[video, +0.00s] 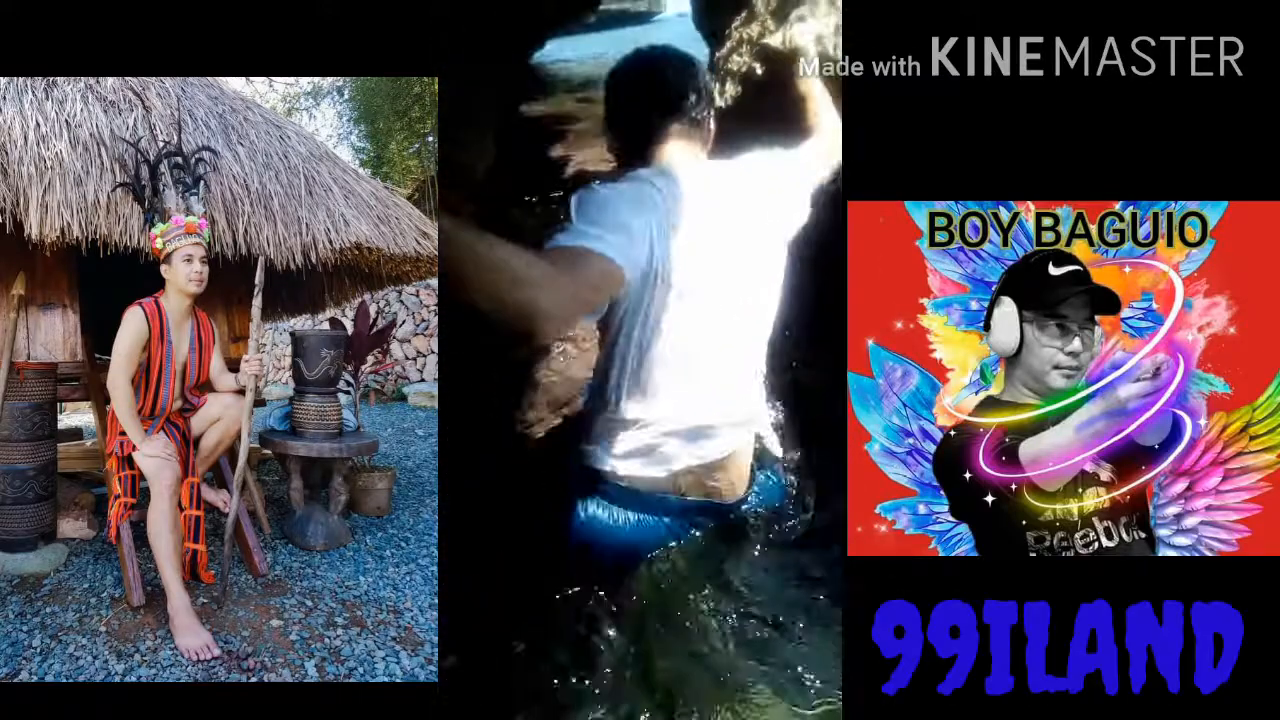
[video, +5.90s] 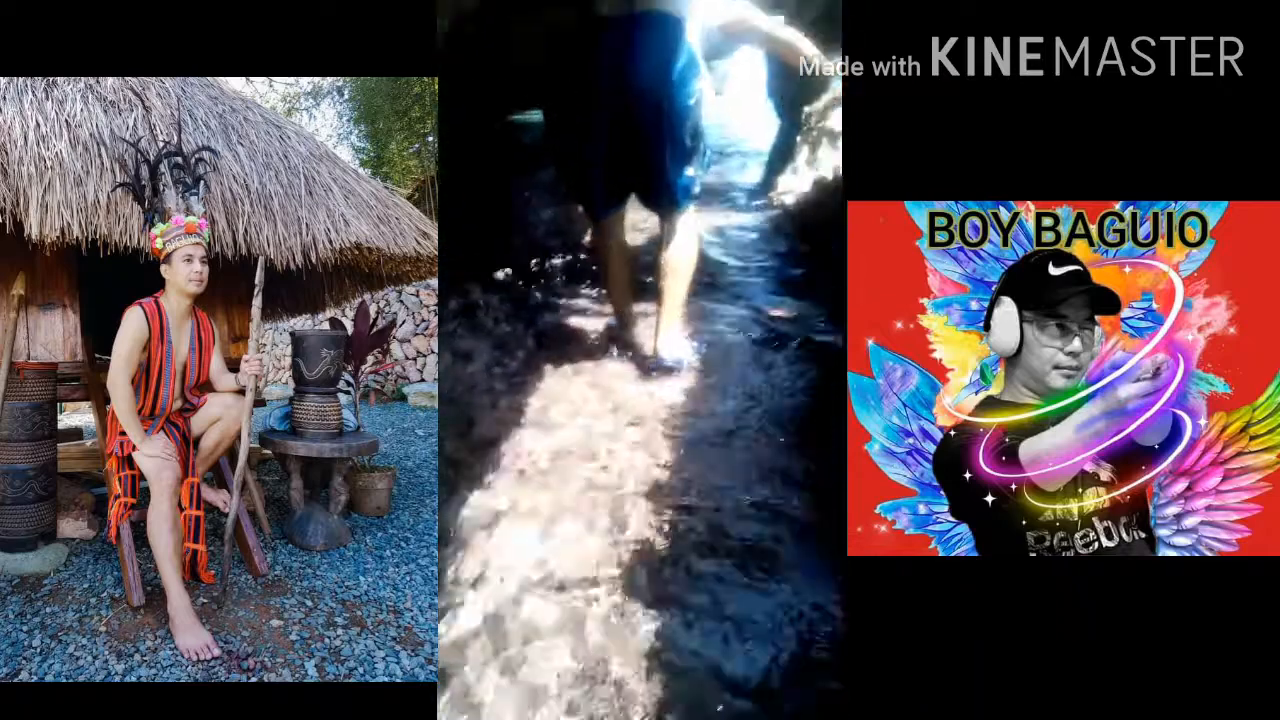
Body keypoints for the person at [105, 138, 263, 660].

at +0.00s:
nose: (198, 269)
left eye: (203, 260)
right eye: (187, 261)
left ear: (207, 267)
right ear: (164, 267)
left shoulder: (206, 324)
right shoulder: (142, 317)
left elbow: (220, 380)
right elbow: (117, 381)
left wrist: (243, 380)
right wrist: (138, 439)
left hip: (180, 420)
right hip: (139, 425)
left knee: (237, 407)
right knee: (169, 478)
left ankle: (190, 479)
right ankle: (179, 607)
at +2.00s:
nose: (198, 269)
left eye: (203, 260)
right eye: (187, 261)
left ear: (207, 266)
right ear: (164, 267)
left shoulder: (206, 323)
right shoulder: (142, 316)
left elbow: (220, 381)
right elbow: (117, 380)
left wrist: (243, 380)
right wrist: (138, 440)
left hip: (180, 419)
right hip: (140, 424)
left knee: (237, 407)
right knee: (169, 476)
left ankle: (191, 479)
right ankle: (179, 605)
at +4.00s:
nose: (198, 268)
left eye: (203, 260)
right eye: (187, 260)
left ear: (208, 267)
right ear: (165, 267)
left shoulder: (206, 324)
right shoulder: (142, 316)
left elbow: (220, 382)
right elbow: (117, 380)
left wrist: (243, 380)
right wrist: (138, 440)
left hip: (180, 419)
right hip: (140, 424)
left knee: (237, 407)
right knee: (169, 477)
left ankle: (191, 478)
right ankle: (179, 606)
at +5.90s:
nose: (199, 268)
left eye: (203, 260)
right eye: (188, 260)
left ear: (207, 266)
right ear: (164, 267)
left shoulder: (206, 323)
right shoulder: (142, 316)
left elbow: (220, 382)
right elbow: (117, 380)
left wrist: (243, 381)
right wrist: (138, 440)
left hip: (181, 419)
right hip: (140, 425)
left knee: (238, 407)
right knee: (168, 477)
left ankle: (191, 479)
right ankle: (179, 607)